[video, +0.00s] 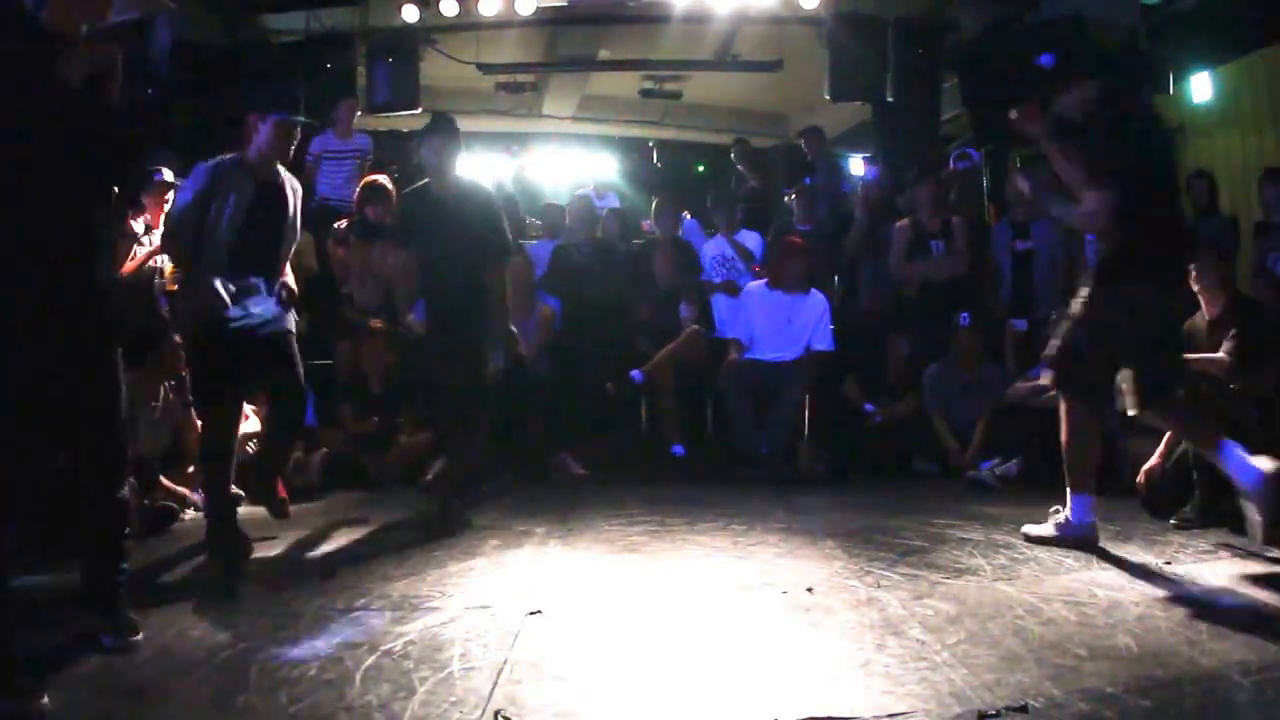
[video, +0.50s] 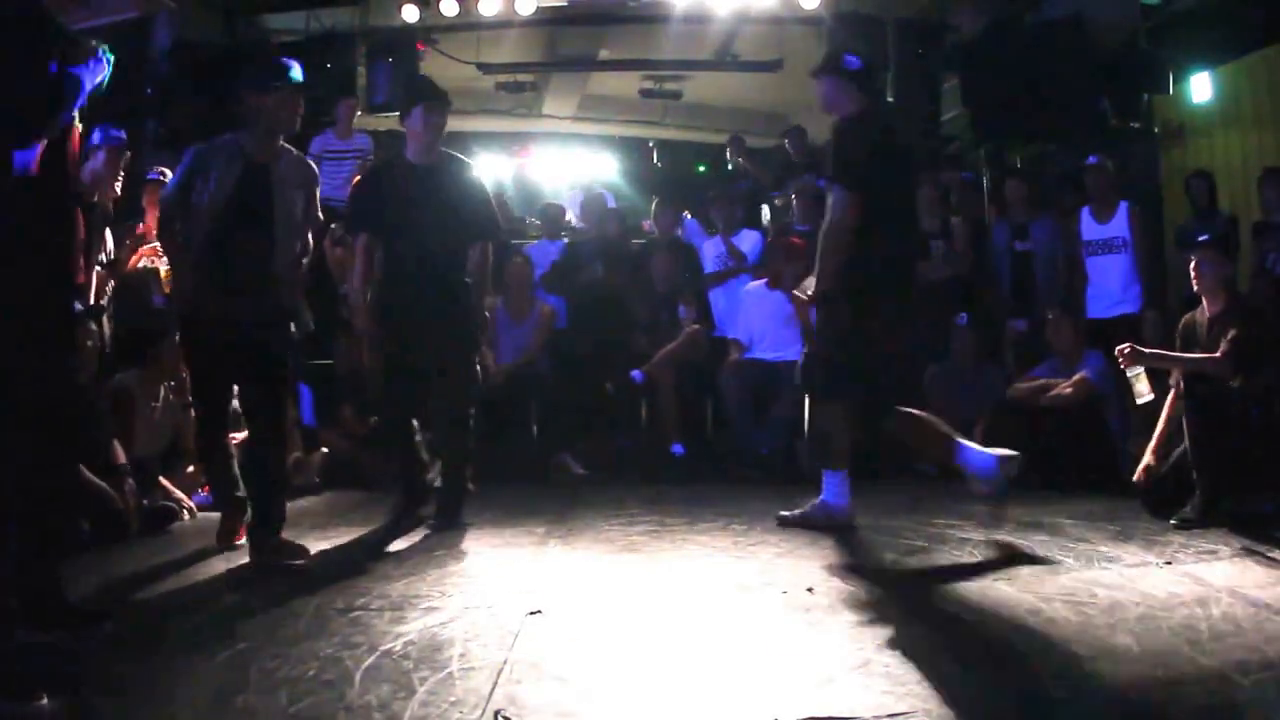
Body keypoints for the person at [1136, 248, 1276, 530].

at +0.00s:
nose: (1195, 273)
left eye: (1203, 267)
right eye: (1192, 268)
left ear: (1222, 272)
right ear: (1188, 278)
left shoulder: (1247, 315)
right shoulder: (1191, 329)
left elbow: (1227, 363)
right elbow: (1186, 406)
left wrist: (1175, 360)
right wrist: (1160, 456)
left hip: (1255, 421)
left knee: (1200, 392)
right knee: (1158, 494)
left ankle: (1205, 499)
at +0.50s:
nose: (1194, 269)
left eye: (1204, 262)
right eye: (1192, 261)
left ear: (1226, 269)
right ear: (1188, 267)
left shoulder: (1246, 316)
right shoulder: (1189, 324)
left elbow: (1222, 364)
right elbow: (1177, 392)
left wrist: (1147, 357)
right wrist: (1152, 453)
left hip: (1249, 427)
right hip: (1211, 429)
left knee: (1198, 391)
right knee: (1157, 495)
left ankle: (1205, 499)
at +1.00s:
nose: (1196, 268)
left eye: (1206, 261)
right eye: (1196, 260)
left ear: (1230, 268)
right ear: (1192, 265)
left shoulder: (1248, 315)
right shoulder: (1190, 314)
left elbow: (1221, 363)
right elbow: (1132, 329)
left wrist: (1149, 361)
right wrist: (1082, 287)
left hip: (1249, 426)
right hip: (1209, 424)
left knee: (1199, 399)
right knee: (1156, 498)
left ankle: (1207, 502)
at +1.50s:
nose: (1191, 272)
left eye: (1200, 266)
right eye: (1192, 265)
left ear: (1225, 273)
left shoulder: (1245, 316)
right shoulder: (1192, 314)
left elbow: (1220, 363)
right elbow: (1152, 337)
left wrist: (1148, 363)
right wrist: (1106, 341)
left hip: (1241, 429)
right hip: (1205, 430)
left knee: (1193, 383)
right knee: (1156, 497)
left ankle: (1206, 496)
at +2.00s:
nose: (1194, 269)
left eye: (1203, 262)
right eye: (1191, 262)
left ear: (1225, 269)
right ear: (1186, 268)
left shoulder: (1246, 314)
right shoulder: (1187, 321)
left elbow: (1216, 362)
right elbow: (1179, 373)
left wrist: (1146, 363)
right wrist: (1149, 393)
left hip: (1246, 432)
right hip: (1205, 432)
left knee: (1193, 388)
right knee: (1154, 498)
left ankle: (1205, 499)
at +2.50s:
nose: (1190, 273)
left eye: (1197, 265)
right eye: (1185, 266)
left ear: (1216, 270)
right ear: (1181, 273)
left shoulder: (1241, 313)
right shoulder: (1182, 324)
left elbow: (1216, 362)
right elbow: (1174, 383)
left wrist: (1143, 365)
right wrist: (1146, 396)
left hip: (1243, 426)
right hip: (1205, 428)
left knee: (1194, 391)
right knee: (1155, 498)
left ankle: (1206, 500)